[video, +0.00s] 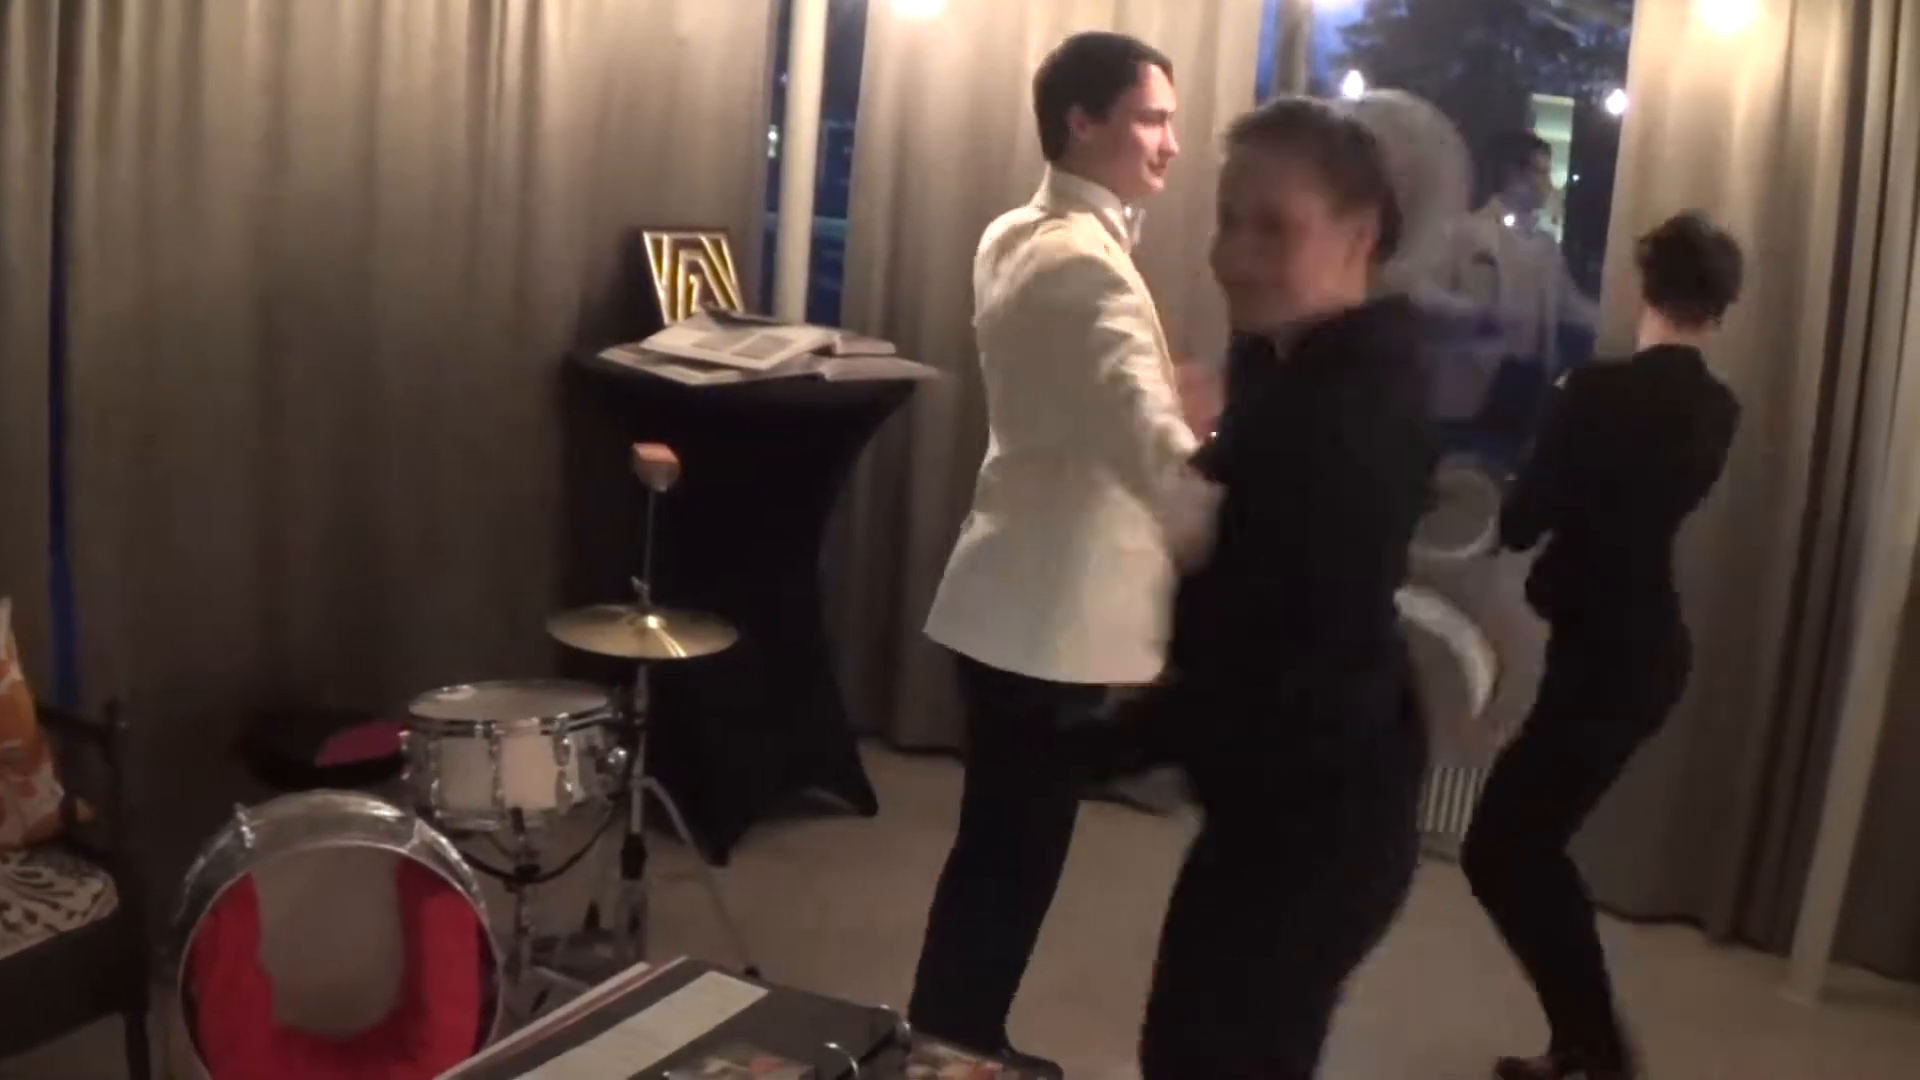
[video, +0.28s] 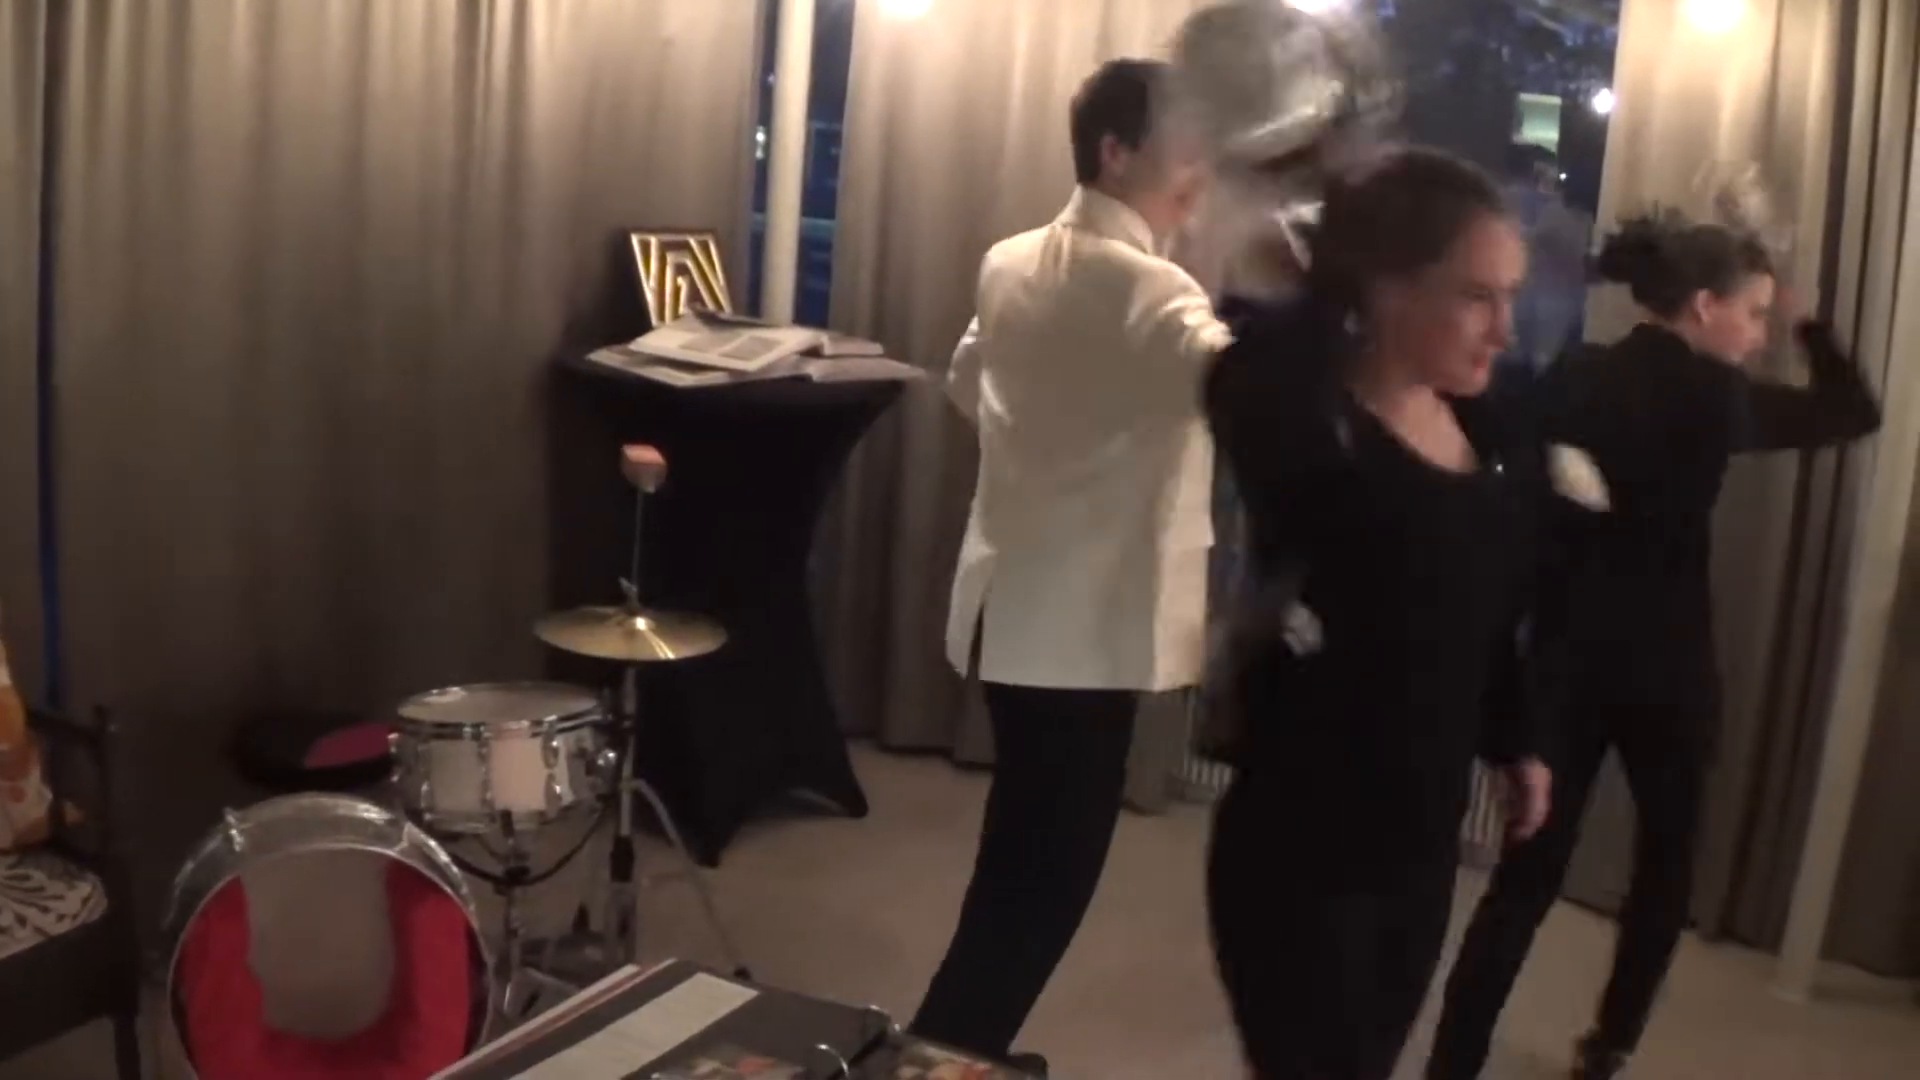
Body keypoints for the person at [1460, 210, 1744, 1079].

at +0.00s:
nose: (1634, 294)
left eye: (1637, 281)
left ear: (1642, 287)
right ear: (1722, 306)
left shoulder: (1598, 387)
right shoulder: (1718, 408)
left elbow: (1521, 522)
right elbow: (1664, 506)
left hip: (1594, 642)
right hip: (1654, 642)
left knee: (1497, 845)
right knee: (1536, 841)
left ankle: (1588, 1046)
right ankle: (1589, 1044)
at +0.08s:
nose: (1736, 333)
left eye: (1738, 317)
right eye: (1735, 317)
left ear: (1636, 303)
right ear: (1713, 320)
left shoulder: (1578, 397)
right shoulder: (1722, 418)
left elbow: (1509, 524)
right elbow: (1721, 514)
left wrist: (1588, 498)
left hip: (1568, 669)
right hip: (1666, 682)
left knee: (1499, 860)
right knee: (1565, 850)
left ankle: (1488, 1055)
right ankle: (1574, 1054)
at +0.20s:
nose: (1746, 349)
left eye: (1749, 330)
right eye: (1741, 329)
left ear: (1658, 315)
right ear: (1695, 321)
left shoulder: (1569, 394)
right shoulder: (1707, 418)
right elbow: (1810, 477)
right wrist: (1743, 413)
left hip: (1552, 673)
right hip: (1656, 683)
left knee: (1518, 864)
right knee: (1611, 853)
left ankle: (1461, 1055)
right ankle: (1579, 1054)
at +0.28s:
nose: (1760, 333)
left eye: (1763, 313)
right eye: (1751, 311)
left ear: (1681, 306)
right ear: (1699, 307)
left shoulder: (1578, 376)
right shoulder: (1714, 395)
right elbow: (1850, 410)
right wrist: (1811, 330)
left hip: (1564, 662)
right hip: (1667, 673)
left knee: (1526, 871)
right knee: (1665, 873)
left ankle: (1450, 1062)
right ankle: (1607, 1054)